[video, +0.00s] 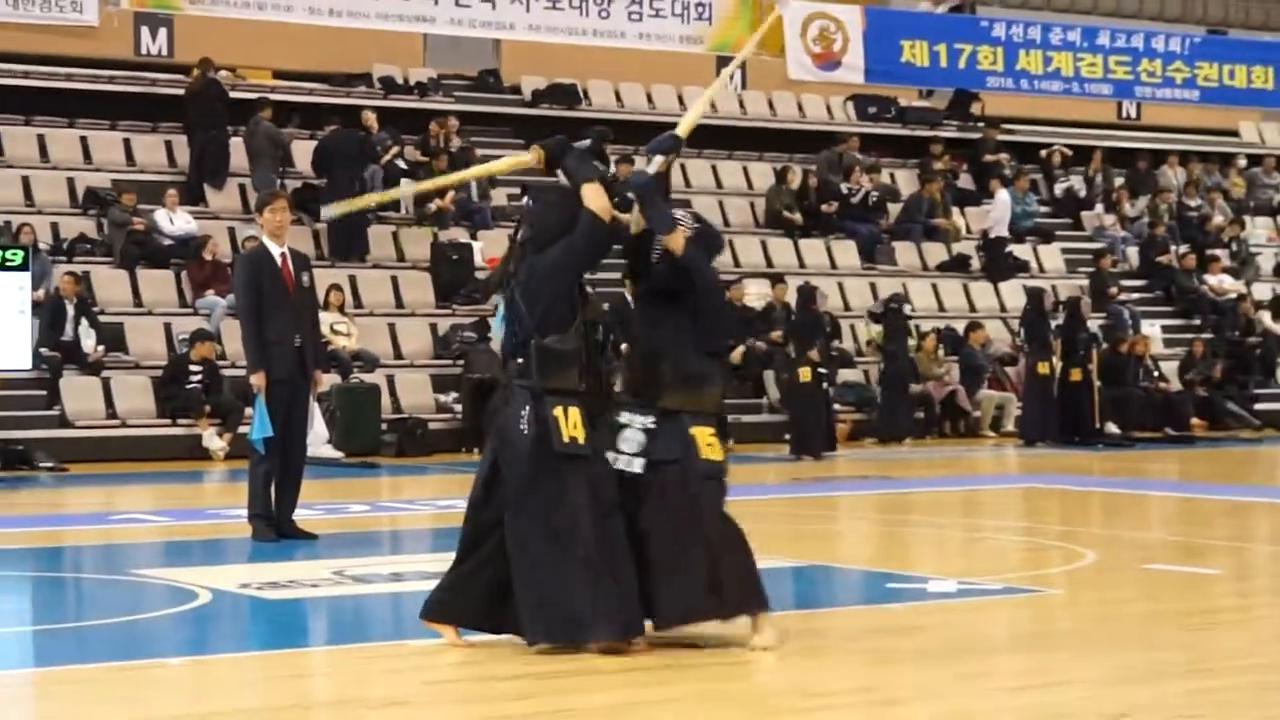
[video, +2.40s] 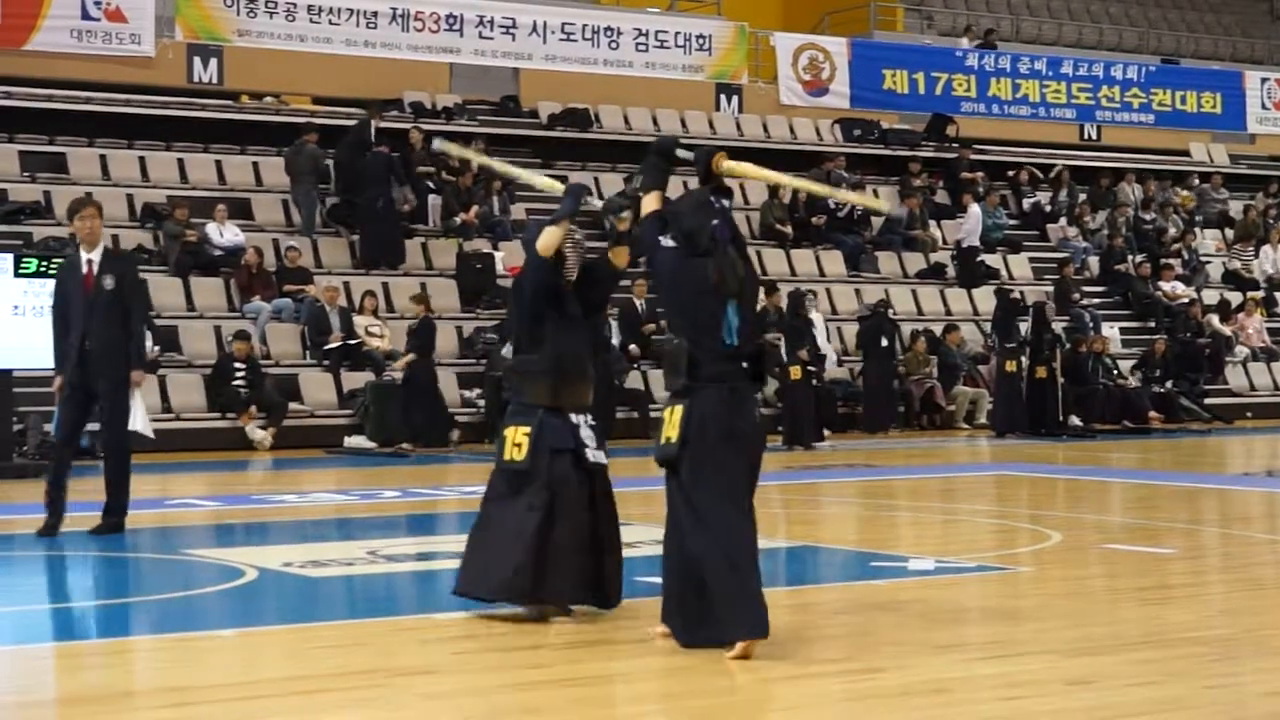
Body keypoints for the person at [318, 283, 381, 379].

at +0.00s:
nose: (338, 297)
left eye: (340, 295)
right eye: (335, 294)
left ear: (343, 298)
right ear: (328, 296)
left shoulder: (347, 316)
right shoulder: (321, 315)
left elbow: (354, 332)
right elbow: (324, 334)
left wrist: (351, 345)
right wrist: (340, 344)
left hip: (349, 346)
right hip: (333, 346)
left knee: (373, 359)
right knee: (345, 361)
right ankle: (350, 389)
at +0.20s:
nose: (348, 299)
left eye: (351, 296)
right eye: (345, 296)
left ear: (354, 299)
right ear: (339, 298)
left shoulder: (357, 316)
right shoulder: (332, 316)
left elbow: (365, 331)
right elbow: (334, 334)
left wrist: (361, 344)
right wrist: (350, 344)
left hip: (360, 346)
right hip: (344, 346)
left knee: (383, 358)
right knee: (356, 361)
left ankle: (371, 383)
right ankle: (359, 386)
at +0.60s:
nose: (363, 304)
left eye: (366, 301)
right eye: (360, 300)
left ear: (368, 303)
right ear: (354, 302)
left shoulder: (371, 320)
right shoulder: (347, 319)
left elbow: (379, 334)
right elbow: (350, 337)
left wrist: (376, 346)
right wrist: (366, 346)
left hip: (375, 347)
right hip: (360, 348)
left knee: (396, 360)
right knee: (370, 362)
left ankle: (382, 380)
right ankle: (372, 384)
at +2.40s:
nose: (372, 303)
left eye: (374, 300)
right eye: (369, 300)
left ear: (377, 303)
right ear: (363, 301)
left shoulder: (379, 319)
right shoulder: (356, 319)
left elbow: (387, 333)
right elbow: (361, 337)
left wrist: (384, 345)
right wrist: (376, 345)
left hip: (383, 346)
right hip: (368, 347)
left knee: (398, 355)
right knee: (378, 359)